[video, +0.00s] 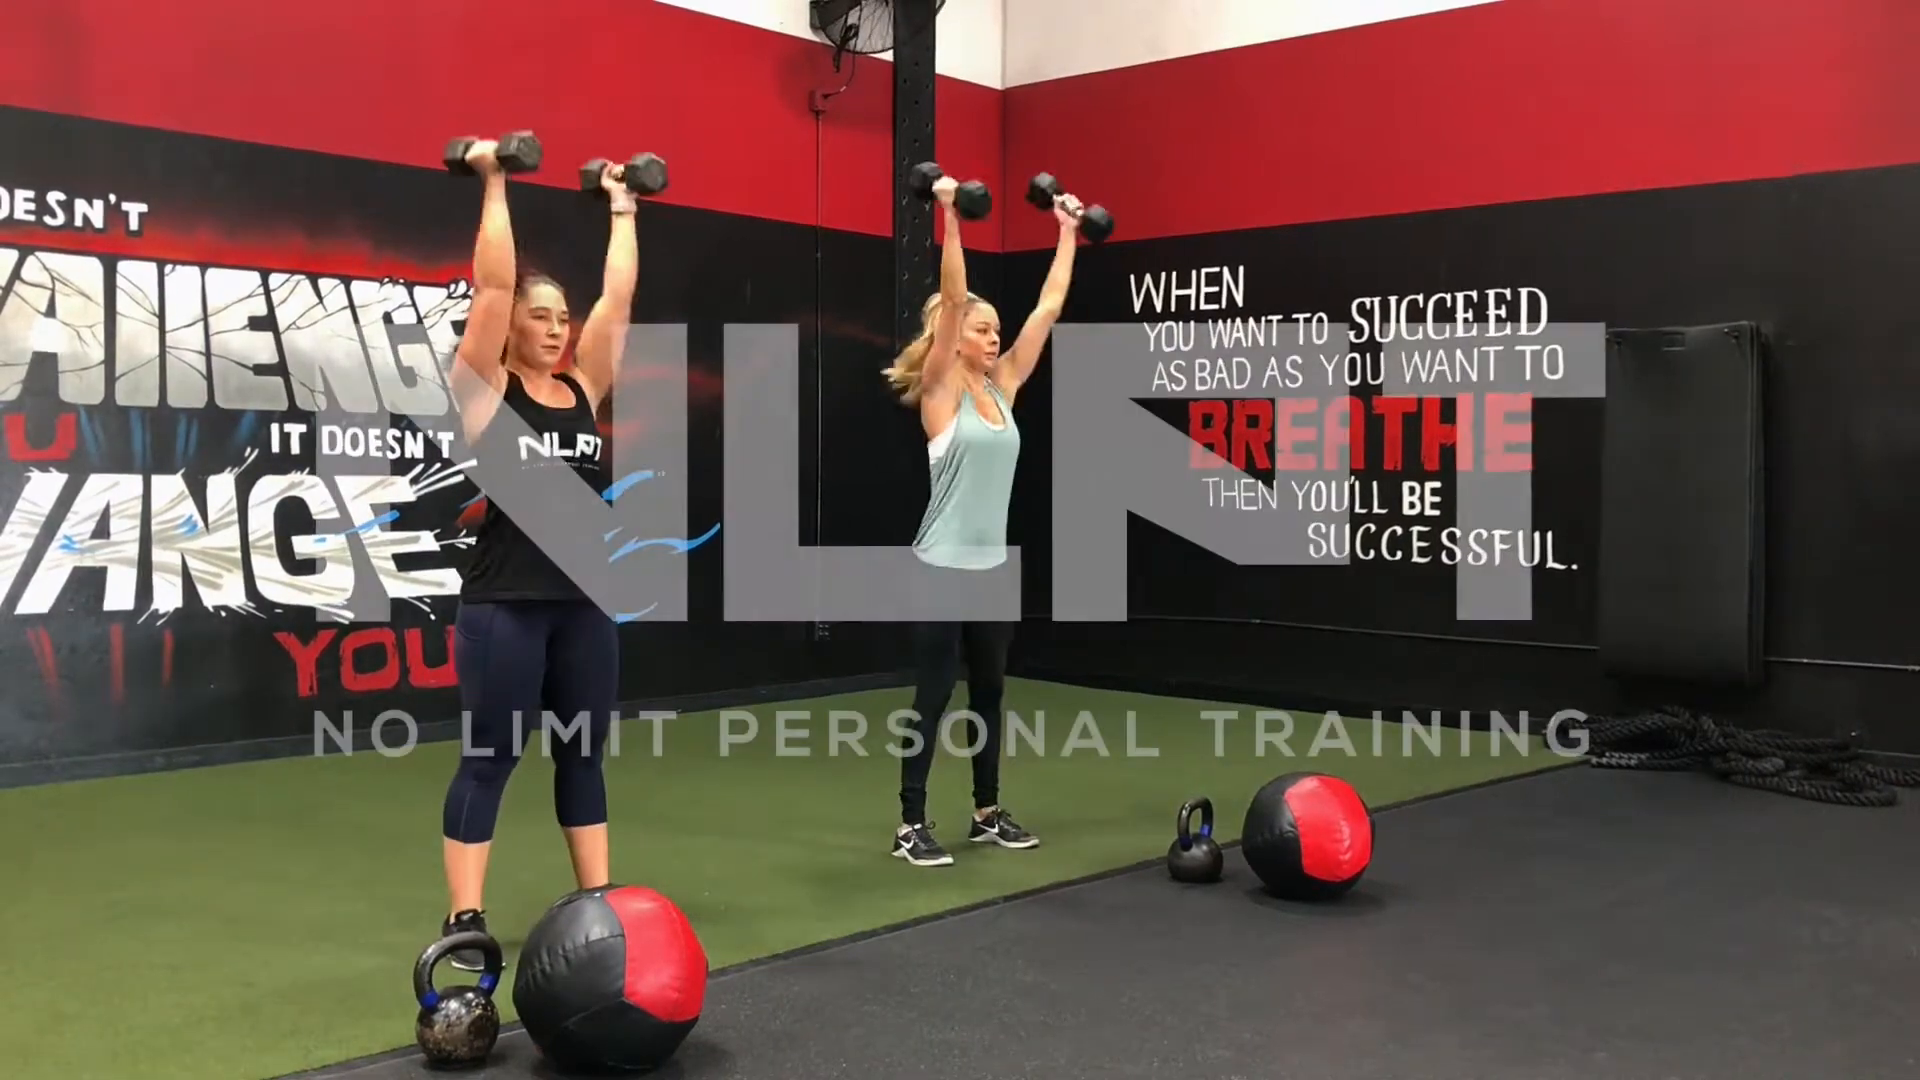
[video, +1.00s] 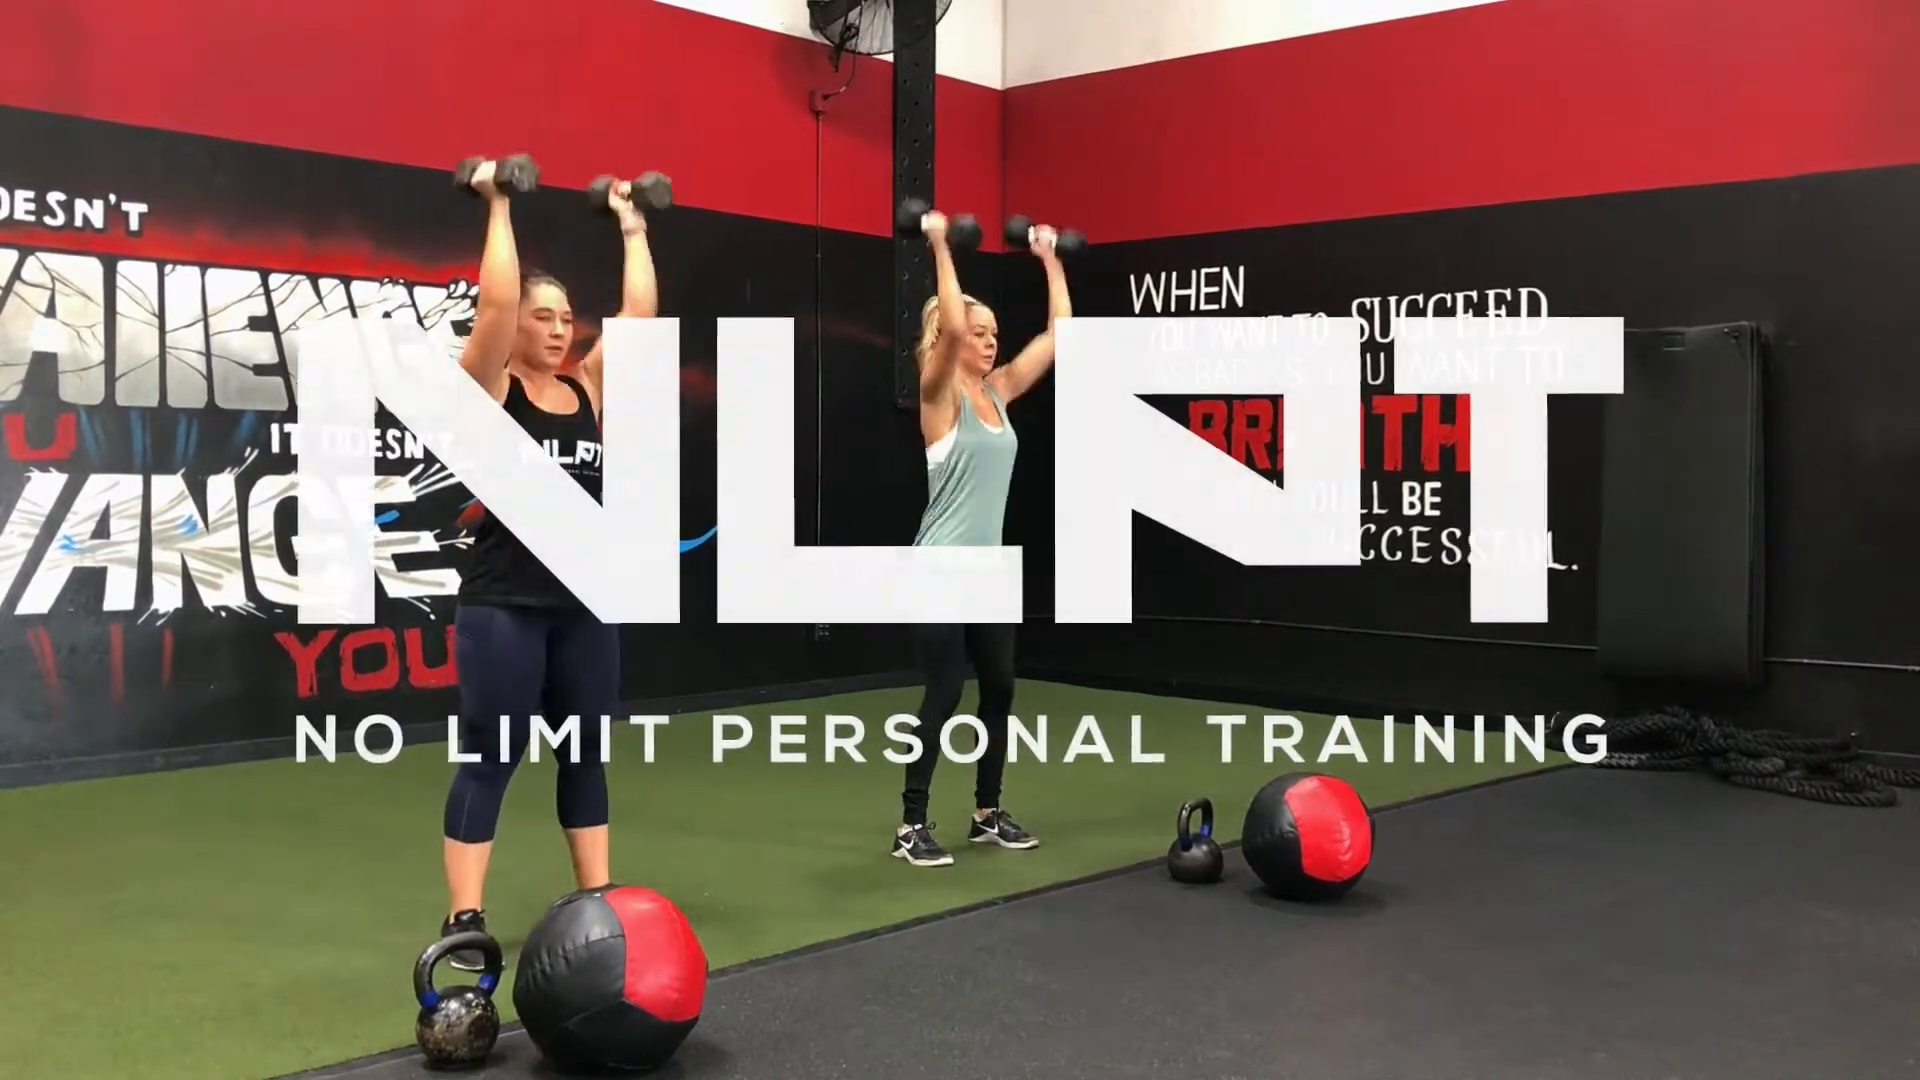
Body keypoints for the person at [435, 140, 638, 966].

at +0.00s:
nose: (557, 325)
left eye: (564, 314)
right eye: (541, 313)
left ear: (572, 324)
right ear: (506, 319)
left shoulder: (586, 386)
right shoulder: (483, 385)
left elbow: (619, 293)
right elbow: (495, 284)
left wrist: (621, 202)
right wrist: (494, 177)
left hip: (583, 605)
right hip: (503, 606)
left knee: (584, 756)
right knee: (488, 759)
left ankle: (598, 909)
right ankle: (466, 920)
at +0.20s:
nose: (561, 340)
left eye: (566, 329)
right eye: (545, 329)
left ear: (570, 341)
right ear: (509, 340)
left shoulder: (585, 420)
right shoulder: (475, 408)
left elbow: (665, 442)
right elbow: (496, 440)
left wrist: (641, 361)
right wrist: (497, 341)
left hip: (563, 607)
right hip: (480, 608)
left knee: (595, 746)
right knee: (489, 752)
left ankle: (596, 907)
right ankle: (465, 920)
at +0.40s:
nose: (575, 511)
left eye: (583, 498)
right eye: (561, 498)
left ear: (593, 506)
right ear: (528, 507)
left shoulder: (598, 566)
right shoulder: (490, 571)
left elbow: (636, 664)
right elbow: (500, 674)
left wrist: (640, 584)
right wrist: (506, 579)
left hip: (540, 710)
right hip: (458, 708)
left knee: (637, 765)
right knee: (495, 785)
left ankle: (598, 910)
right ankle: (463, 924)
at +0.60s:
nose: (576, 512)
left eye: (585, 499)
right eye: (562, 500)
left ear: (598, 510)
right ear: (532, 511)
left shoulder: (604, 570)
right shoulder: (495, 573)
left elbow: (643, 664)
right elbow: (509, 676)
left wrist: (642, 578)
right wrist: (514, 581)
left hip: (538, 712)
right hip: (457, 710)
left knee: (638, 767)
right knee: (494, 785)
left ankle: (597, 910)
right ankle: (464, 927)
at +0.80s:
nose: (560, 333)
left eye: (568, 322)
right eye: (545, 320)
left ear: (578, 332)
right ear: (515, 329)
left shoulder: (593, 404)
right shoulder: (495, 400)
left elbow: (672, 395)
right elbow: (504, 383)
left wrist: (645, 316)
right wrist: (502, 300)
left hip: (573, 599)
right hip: (490, 602)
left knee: (598, 741)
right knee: (488, 754)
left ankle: (598, 909)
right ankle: (465, 924)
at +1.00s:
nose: (556, 327)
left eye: (564, 316)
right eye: (541, 314)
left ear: (577, 326)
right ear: (510, 319)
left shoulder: (593, 386)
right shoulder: (486, 387)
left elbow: (639, 312)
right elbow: (499, 306)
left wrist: (631, 223)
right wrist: (498, 202)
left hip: (587, 603)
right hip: (503, 605)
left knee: (586, 754)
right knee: (489, 756)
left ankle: (597, 909)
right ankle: (466, 923)